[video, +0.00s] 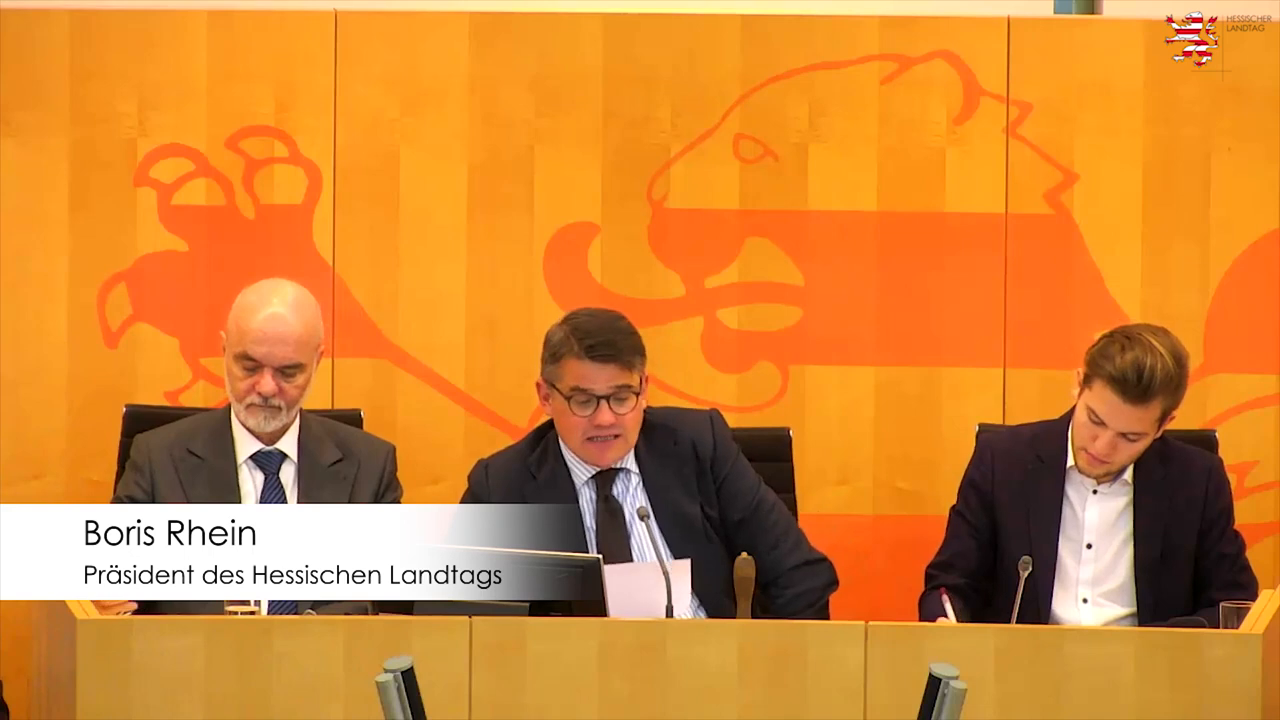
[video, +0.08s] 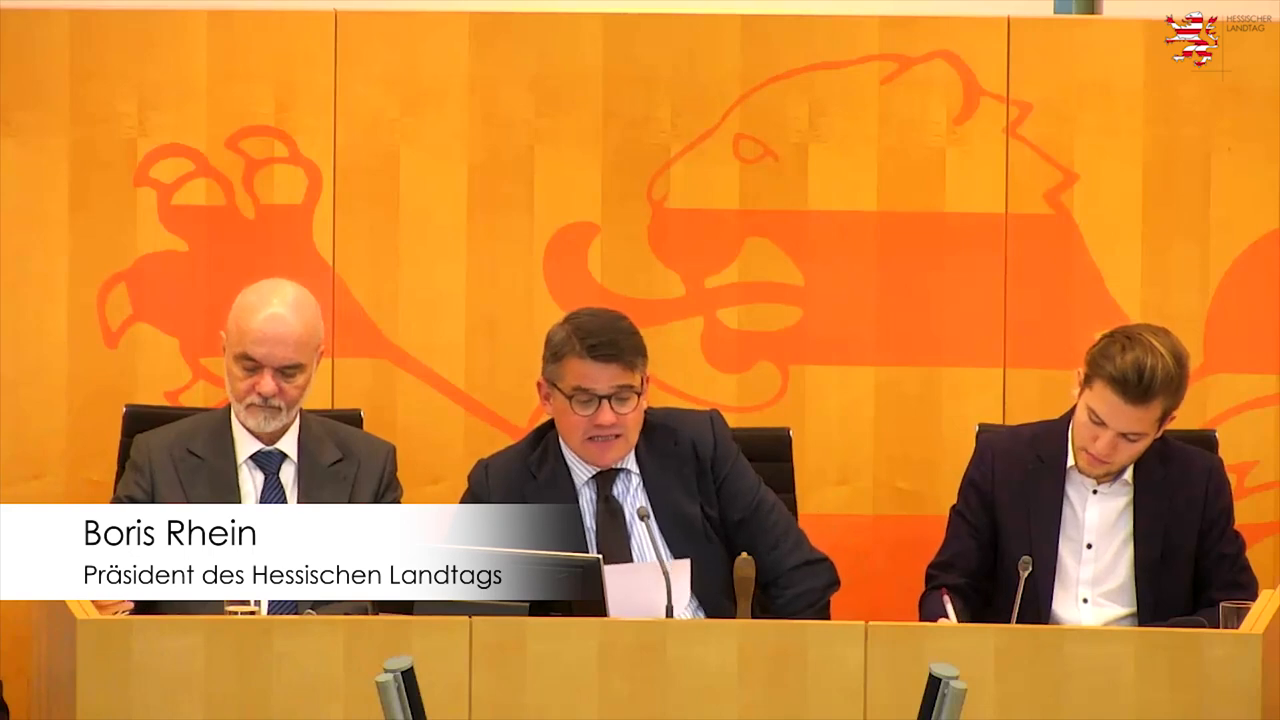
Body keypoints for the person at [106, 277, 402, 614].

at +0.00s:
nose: (266, 389)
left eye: (288, 372)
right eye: (249, 366)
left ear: (318, 360)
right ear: (224, 350)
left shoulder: (371, 463)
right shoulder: (155, 458)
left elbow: (392, 593)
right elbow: (113, 570)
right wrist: (104, 602)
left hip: (327, 669)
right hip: (190, 668)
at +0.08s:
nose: (266, 389)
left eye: (288, 372)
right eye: (250, 366)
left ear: (318, 359)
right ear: (224, 350)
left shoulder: (371, 463)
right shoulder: (156, 458)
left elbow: (396, 597)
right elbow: (115, 567)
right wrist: (105, 599)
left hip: (329, 668)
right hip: (191, 668)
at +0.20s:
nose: (266, 390)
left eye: (288, 372)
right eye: (249, 367)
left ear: (317, 359)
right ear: (224, 350)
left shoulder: (371, 463)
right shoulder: (155, 458)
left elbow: (393, 593)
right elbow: (114, 568)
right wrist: (103, 598)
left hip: (327, 668)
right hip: (189, 668)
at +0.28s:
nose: (266, 390)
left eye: (288, 372)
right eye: (249, 367)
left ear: (316, 360)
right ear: (223, 351)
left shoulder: (370, 463)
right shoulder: (155, 458)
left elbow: (390, 590)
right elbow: (114, 568)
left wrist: (308, 635)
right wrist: (101, 602)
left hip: (326, 668)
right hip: (190, 666)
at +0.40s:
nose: (266, 389)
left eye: (288, 372)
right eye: (249, 367)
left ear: (316, 358)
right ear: (222, 351)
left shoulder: (370, 463)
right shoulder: (154, 458)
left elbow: (390, 592)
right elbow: (114, 568)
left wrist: (309, 631)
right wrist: (106, 604)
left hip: (327, 668)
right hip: (191, 665)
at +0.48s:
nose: (266, 390)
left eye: (288, 373)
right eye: (249, 368)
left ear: (316, 358)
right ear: (222, 351)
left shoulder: (370, 463)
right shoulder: (154, 458)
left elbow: (391, 593)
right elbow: (113, 570)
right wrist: (106, 604)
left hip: (328, 667)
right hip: (191, 665)